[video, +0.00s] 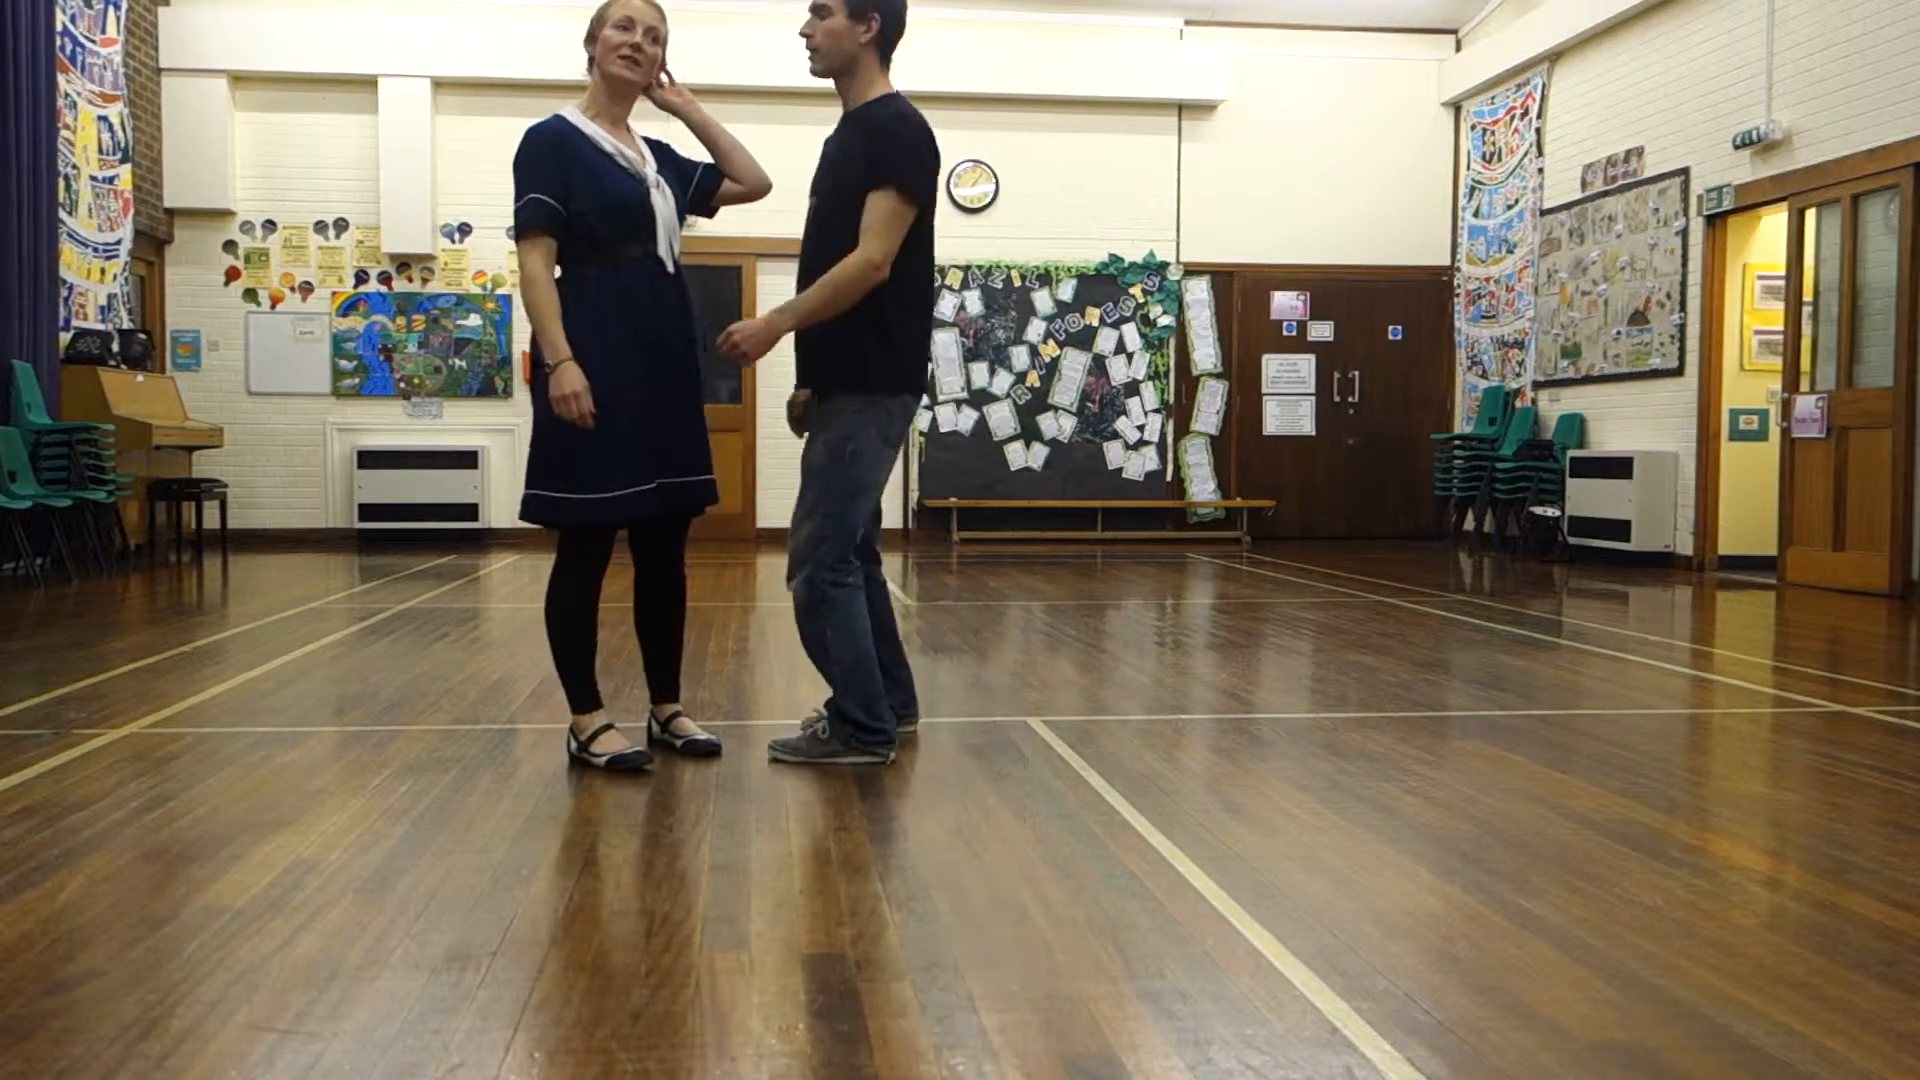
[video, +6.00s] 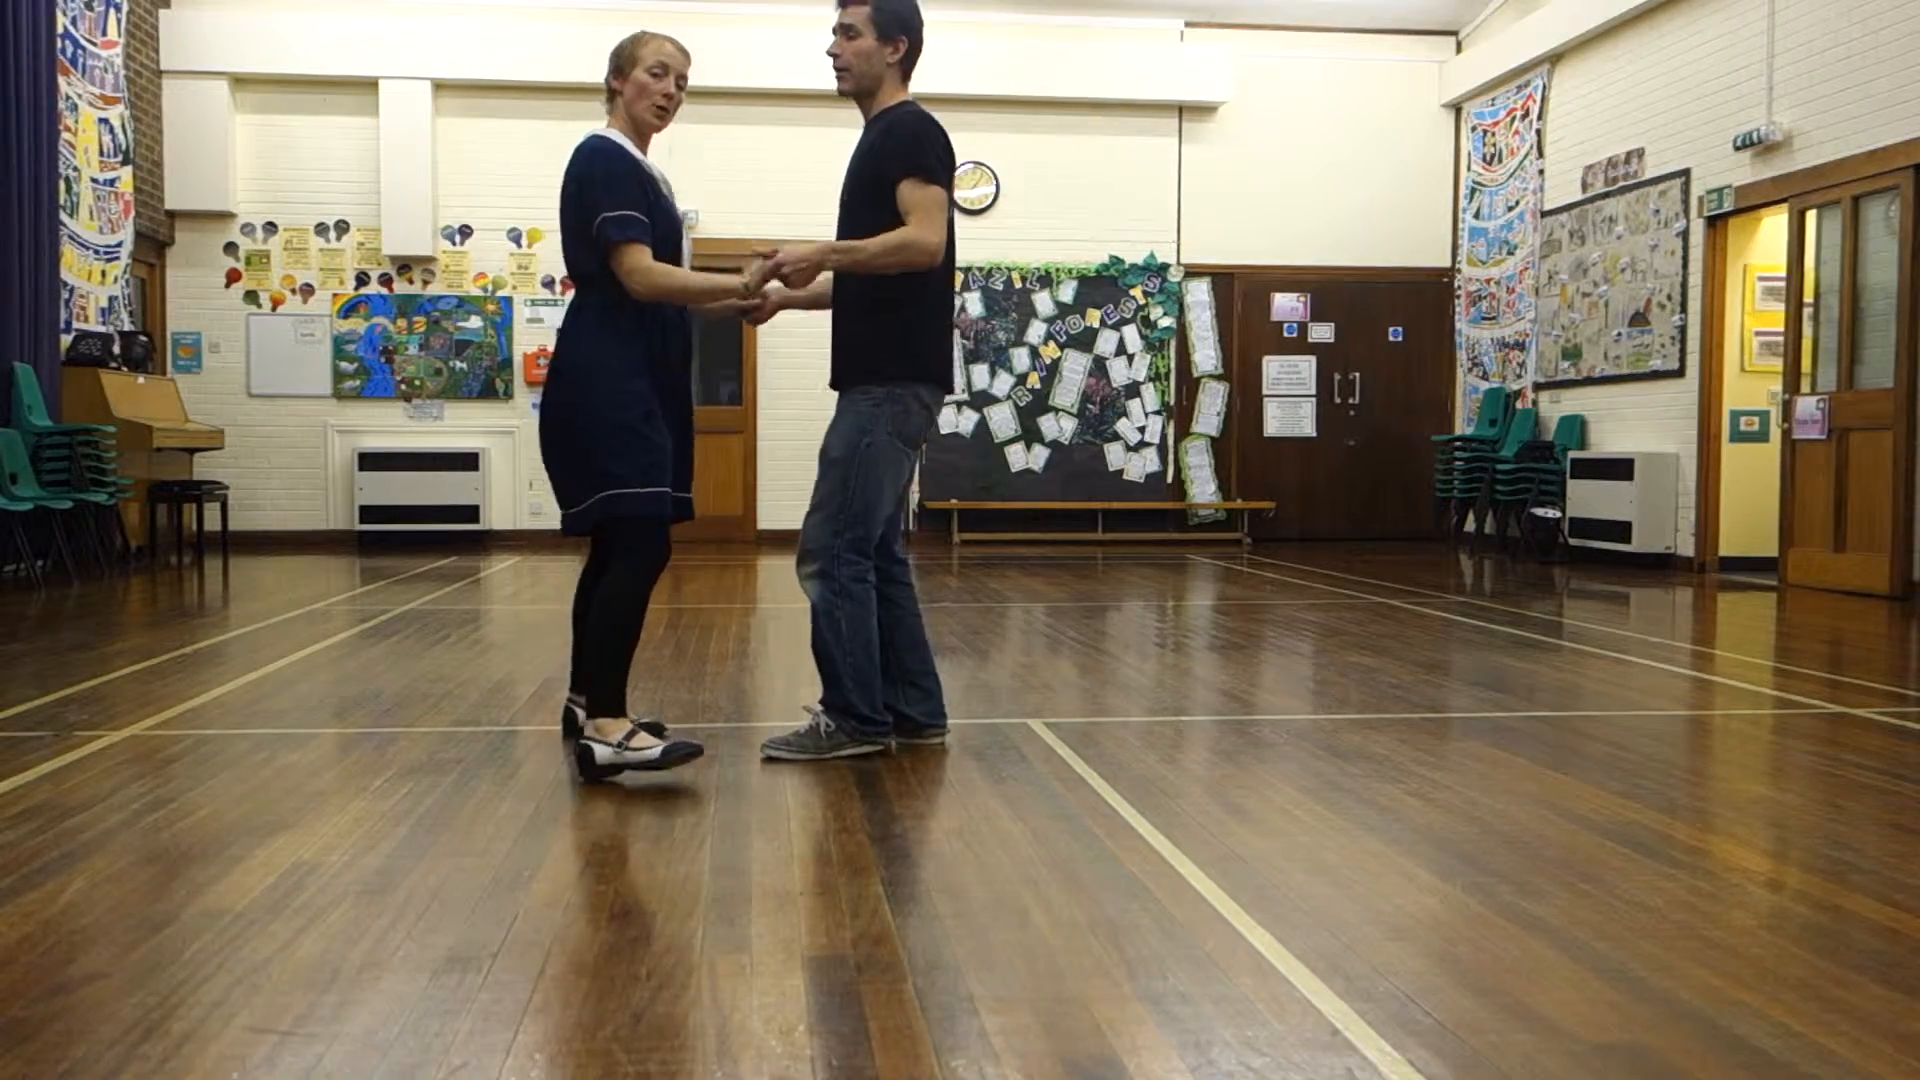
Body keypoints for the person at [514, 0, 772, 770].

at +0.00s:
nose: (638, 43)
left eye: (653, 37)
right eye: (625, 28)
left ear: (660, 63)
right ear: (590, 43)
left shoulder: (656, 154)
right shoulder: (552, 140)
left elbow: (750, 181)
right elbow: (533, 261)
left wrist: (683, 102)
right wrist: (561, 362)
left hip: (665, 379)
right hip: (590, 376)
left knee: (662, 546)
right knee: (584, 548)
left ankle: (667, 710)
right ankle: (588, 724)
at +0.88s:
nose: (657, 43)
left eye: (666, 35)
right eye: (644, 28)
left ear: (666, 53)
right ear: (598, 36)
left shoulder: (665, 153)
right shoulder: (555, 146)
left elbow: (748, 230)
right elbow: (537, 271)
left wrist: (758, 136)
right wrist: (548, 381)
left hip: (670, 384)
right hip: (593, 383)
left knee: (665, 546)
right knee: (589, 550)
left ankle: (667, 711)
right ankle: (590, 724)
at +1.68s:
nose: (656, 43)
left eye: (652, 30)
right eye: (641, 32)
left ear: (610, 47)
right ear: (596, 47)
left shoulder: (624, 140)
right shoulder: (574, 141)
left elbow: (642, 226)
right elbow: (590, 277)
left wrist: (688, 243)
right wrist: (650, 376)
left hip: (646, 377)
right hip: (589, 381)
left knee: (652, 544)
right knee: (586, 550)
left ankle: (667, 711)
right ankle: (589, 725)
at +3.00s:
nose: (639, 77)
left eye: (648, 63)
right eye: (622, 69)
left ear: (667, 73)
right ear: (600, 88)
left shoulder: (696, 175)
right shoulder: (581, 179)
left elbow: (756, 247)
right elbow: (561, 288)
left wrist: (800, 182)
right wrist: (577, 373)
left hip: (685, 387)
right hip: (607, 386)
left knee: (673, 545)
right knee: (598, 548)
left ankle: (661, 704)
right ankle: (574, 715)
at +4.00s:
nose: (675, 65)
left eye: (672, 53)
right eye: (659, 53)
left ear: (634, 70)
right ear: (615, 68)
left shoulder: (666, 173)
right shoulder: (583, 165)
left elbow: (694, 269)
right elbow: (576, 283)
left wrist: (755, 242)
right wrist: (675, 294)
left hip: (670, 393)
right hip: (609, 396)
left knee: (663, 547)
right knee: (623, 553)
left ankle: (658, 705)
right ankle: (592, 720)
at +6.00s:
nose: (671, 89)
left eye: (679, 82)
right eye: (658, 74)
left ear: (679, 97)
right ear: (618, 80)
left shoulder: (640, 170)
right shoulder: (606, 159)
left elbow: (657, 283)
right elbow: (637, 275)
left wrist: (738, 302)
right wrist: (742, 283)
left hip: (629, 389)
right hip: (611, 389)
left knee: (619, 548)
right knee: (641, 547)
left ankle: (589, 708)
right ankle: (605, 722)